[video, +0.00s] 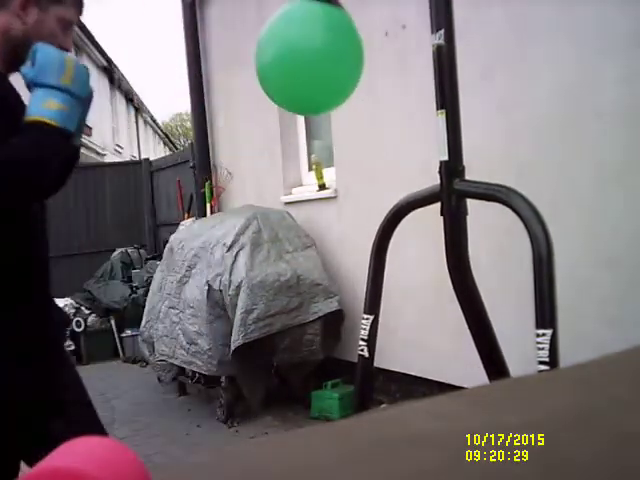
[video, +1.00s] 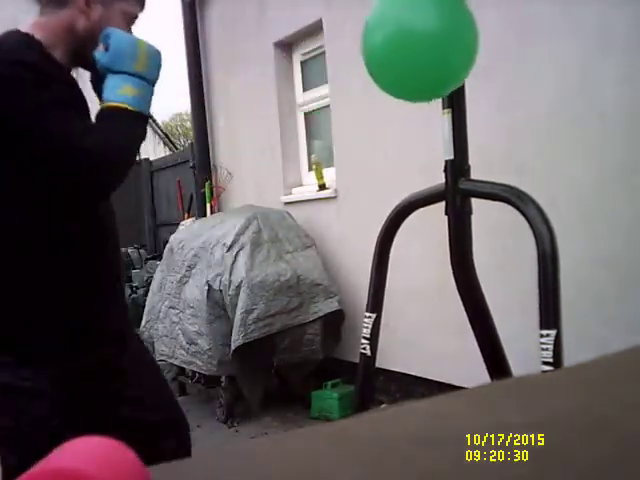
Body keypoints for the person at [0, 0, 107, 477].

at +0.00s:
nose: (70, 45)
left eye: (73, 29)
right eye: (66, 25)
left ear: (26, 13)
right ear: (24, 10)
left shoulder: (12, 93)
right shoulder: (1, 95)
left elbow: (37, 182)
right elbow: (24, 186)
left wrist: (59, 115)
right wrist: (51, 115)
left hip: (25, 324)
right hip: (13, 329)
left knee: (86, 461)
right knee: (83, 460)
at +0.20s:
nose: (67, 44)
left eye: (73, 28)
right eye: (67, 23)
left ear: (26, 12)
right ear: (26, 9)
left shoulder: (9, 97)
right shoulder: (0, 96)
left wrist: (46, 134)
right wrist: (42, 134)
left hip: (35, 318)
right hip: (19, 324)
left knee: (115, 435)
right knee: (114, 434)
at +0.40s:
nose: (93, 29)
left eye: (97, 18)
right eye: (93, 14)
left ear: (49, 7)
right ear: (57, 5)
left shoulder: (26, 74)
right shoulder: (11, 73)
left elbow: (66, 171)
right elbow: (64, 172)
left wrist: (87, 81)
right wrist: (99, 84)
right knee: (117, 443)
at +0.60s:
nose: (132, 53)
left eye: (137, 40)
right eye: (132, 35)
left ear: (96, 18)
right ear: (97, 16)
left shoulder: (40, 80)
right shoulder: (34, 82)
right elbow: (101, 189)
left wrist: (115, 122)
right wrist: (140, 118)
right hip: (61, 335)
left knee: (153, 447)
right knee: (80, 466)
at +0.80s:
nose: (128, 44)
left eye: (134, 31)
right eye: (129, 27)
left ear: (89, 12)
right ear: (90, 11)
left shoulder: (48, 77)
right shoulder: (22, 71)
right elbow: (99, 176)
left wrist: (122, 94)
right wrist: (134, 89)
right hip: (50, 334)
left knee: (162, 443)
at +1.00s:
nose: (128, 38)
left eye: (132, 24)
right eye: (128, 20)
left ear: (86, 10)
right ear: (87, 7)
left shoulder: (50, 79)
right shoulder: (18, 71)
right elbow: (91, 178)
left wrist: (119, 91)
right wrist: (129, 87)